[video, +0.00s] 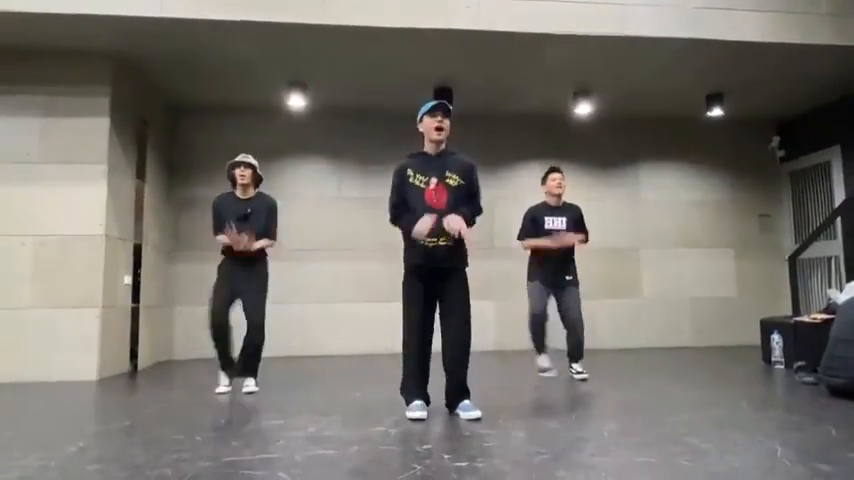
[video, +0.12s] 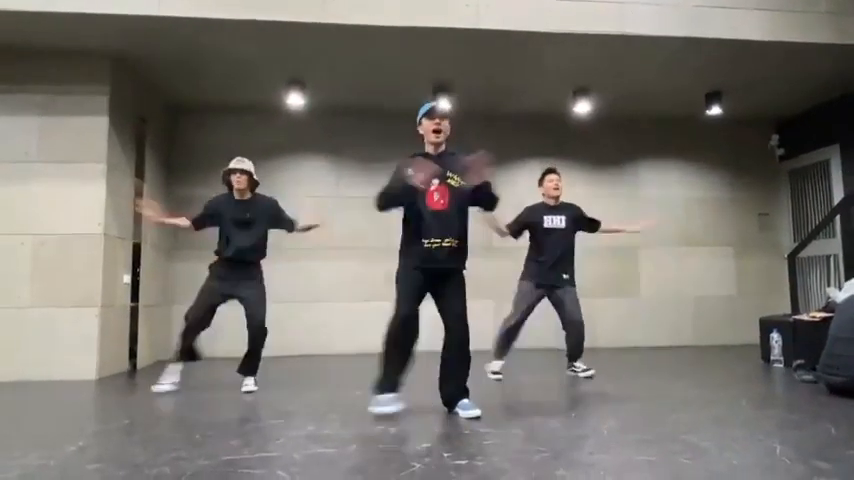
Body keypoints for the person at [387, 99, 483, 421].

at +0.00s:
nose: (439, 123)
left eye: (443, 119)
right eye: (433, 118)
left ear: (449, 126)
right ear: (420, 125)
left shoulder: (464, 167)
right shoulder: (406, 169)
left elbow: (473, 208)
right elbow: (396, 212)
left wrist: (459, 219)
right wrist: (415, 223)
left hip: (453, 265)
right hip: (418, 266)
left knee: (458, 333)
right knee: (417, 333)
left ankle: (459, 398)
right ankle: (416, 397)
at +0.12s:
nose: (437, 124)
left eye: (442, 119)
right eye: (431, 120)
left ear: (449, 126)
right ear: (420, 127)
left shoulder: (462, 164)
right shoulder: (410, 165)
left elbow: (488, 204)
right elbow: (383, 203)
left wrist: (479, 181)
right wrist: (410, 183)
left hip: (450, 265)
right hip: (414, 265)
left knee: (458, 330)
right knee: (405, 318)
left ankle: (457, 397)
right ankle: (386, 390)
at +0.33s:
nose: (437, 132)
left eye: (442, 128)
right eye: (431, 128)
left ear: (450, 134)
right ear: (421, 135)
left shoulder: (469, 176)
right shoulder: (404, 176)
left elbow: (506, 190)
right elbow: (369, 192)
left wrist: (544, 163)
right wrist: (333, 176)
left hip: (451, 277)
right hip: (411, 277)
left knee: (459, 335)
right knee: (384, 332)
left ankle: (459, 398)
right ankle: (349, 394)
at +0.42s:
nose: (440, 125)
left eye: (445, 119)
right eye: (433, 120)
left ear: (453, 126)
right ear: (423, 127)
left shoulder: (467, 166)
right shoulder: (412, 167)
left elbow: (491, 205)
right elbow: (387, 209)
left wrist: (484, 185)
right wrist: (398, 185)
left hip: (455, 261)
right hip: (419, 261)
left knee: (457, 324)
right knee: (414, 315)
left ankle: (457, 396)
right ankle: (393, 389)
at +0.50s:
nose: (442, 128)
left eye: (446, 124)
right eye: (436, 124)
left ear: (453, 127)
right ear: (426, 128)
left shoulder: (468, 166)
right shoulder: (412, 167)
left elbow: (484, 206)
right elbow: (400, 211)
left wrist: (464, 207)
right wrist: (422, 190)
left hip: (456, 258)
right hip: (421, 259)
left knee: (457, 325)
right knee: (426, 325)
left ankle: (457, 393)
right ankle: (430, 391)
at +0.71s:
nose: (442, 124)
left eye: (446, 118)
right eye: (436, 119)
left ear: (454, 123)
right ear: (426, 124)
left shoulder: (468, 161)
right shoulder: (416, 153)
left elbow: (473, 208)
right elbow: (404, 120)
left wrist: (458, 244)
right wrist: (425, 74)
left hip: (453, 248)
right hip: (422, 244)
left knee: (462, 321)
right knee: (425, 286)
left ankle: (457, 393)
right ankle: (416, 311)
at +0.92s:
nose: (444, 116)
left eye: (449, 111)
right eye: (438, 111)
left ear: (455, 117)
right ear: (427, 117)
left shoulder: (467, 162)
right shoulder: (413, 158)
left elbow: (472, 209)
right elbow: (399, 194)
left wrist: (456, 245)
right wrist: (415, 162)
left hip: (451, 252)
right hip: (416, 250)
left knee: (455, 326)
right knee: (400, 308)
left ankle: (457, 393)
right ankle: (395, 362)